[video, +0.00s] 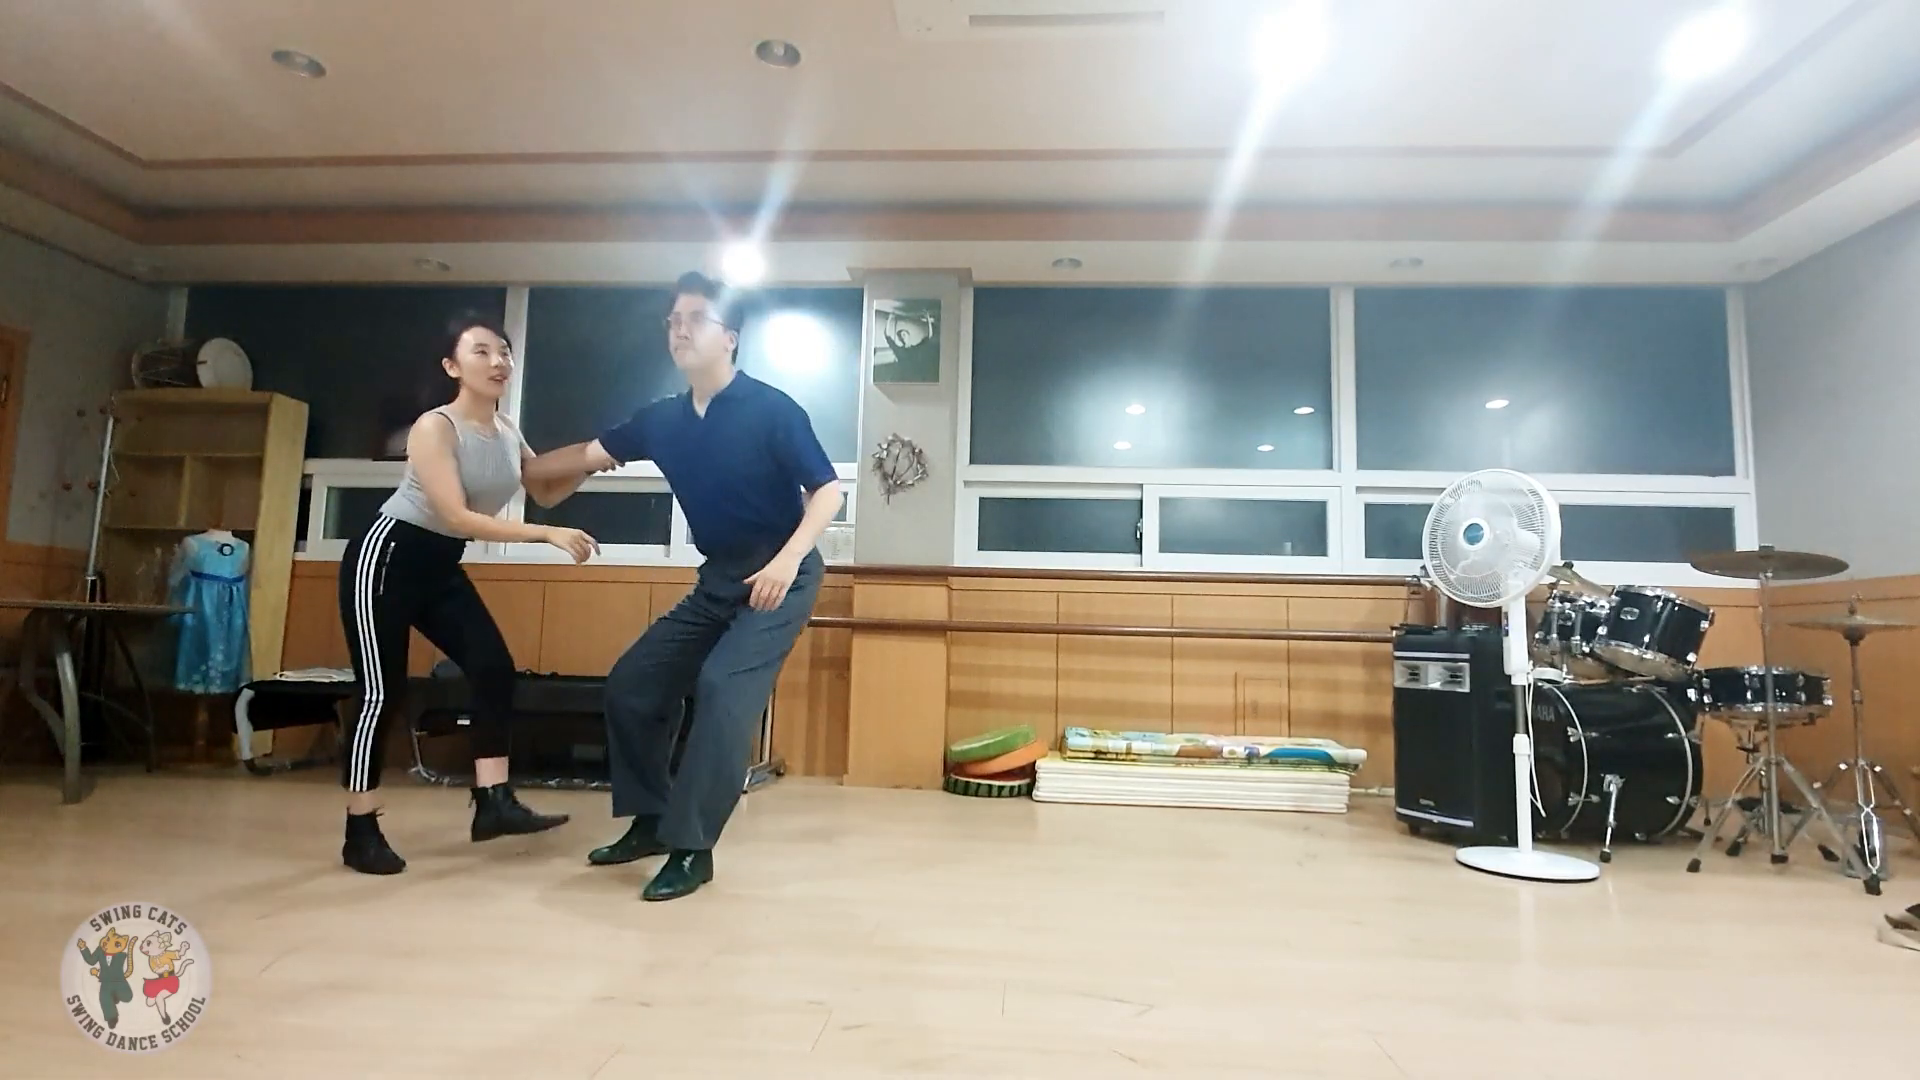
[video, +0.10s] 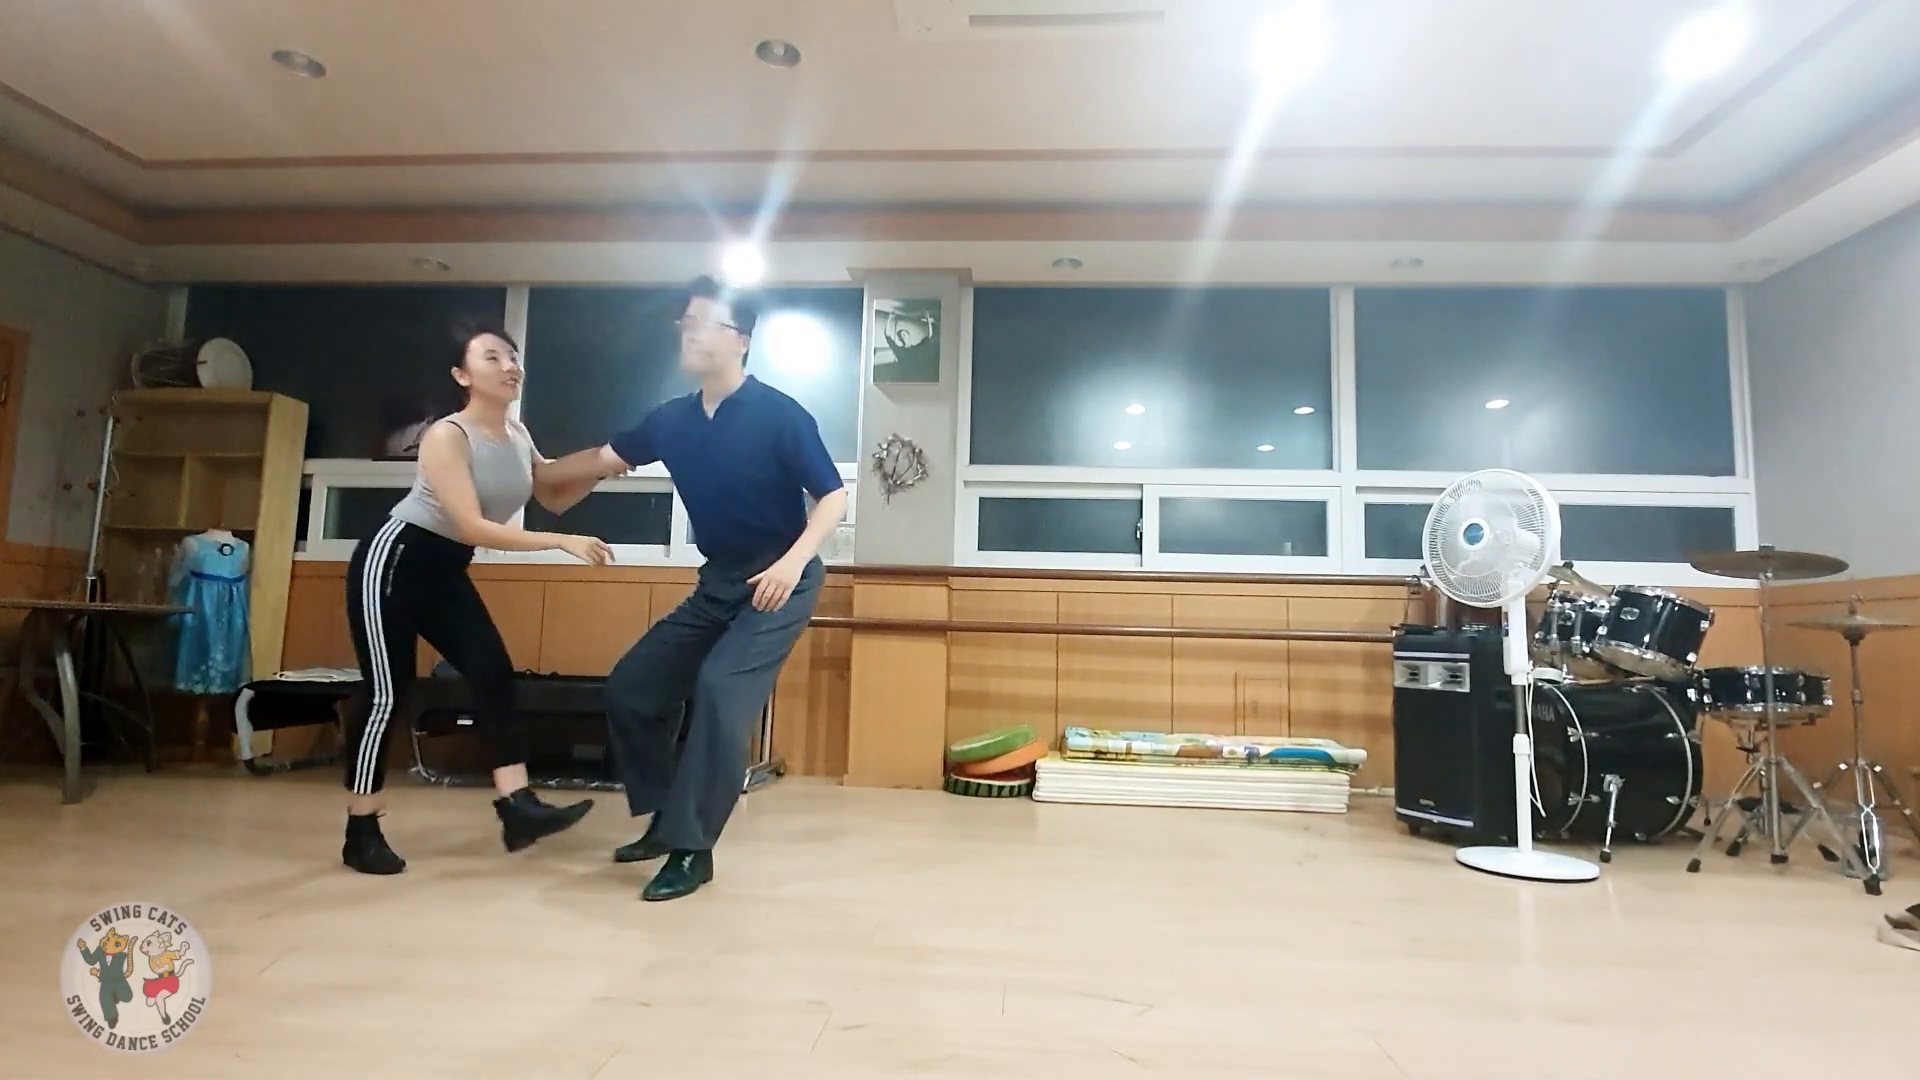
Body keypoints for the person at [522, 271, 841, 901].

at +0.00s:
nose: (678, 331)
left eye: (696, 320)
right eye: (674, 321)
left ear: (731, 336)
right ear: (669, 333)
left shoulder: (771, 409)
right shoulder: (660, 420)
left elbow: (827, 491)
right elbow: (588, 455)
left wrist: (788, 557)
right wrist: (514, 468)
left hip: (782, 575)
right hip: (719, 579)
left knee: (722, 687)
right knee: (631, 685)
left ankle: (693, 846)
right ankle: (652, 819)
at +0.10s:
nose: (687, 334)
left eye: (703, 325)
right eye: (686, 324)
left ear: (740, 340)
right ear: (684, 335)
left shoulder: (781, 417)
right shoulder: (671, 421)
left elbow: (832, 497)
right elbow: (604, 459)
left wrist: (792, 562)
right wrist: (532, 472)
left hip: (783, 577)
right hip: (721, 580)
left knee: (720, 684)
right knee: (632, 686)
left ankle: (695, 848)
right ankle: (668, 818)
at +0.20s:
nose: (728, 332)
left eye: (741, 323)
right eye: (718, 322)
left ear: (761, 337)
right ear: (700, 335)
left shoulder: (790, 413)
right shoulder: (685, 412)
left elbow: (832, 503)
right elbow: (630, 462)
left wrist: (788, 561)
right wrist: (552, 479)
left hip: (779, 575)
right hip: (716, 572)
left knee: (719, 686)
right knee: (640, 694)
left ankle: (693, 846)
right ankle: (676, 816)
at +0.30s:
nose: (754, 312)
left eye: (767, 304)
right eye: (743, 299)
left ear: (781, 319)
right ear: (721, 309)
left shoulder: (802, 399)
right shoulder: (694, 384)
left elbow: (824, 491)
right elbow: (659, 451)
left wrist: (775, 544)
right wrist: (581, 482)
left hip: (780, 556)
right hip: (714, 551)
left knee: (745, 685)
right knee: (668, 679)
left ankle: (706, 830)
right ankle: (677, 815)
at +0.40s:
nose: (779, 306)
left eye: (790, 298)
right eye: (766, 294)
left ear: (798, 310)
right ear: (739, 303)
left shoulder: (813, 390)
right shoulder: (706, 370)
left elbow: (825, 483)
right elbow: (682, 438)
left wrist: (774, 526)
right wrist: (629, 468)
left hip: (783, 549)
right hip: (713, 545)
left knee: (764, 677)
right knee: (690, 677)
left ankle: (747, 819)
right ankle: (682, 817)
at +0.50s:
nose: (795, 312)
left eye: (805, 305)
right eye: (782, 299)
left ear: (811, 317)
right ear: (753, 308)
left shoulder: (826, 396)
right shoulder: (720, 372)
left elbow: (832, 485)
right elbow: (693, 443)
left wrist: (782, 531)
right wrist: (636, 462)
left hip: (790, 551)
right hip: (718, 546)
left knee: (784, 681)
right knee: (692, 679)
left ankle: (800, 808)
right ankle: (686, 818)